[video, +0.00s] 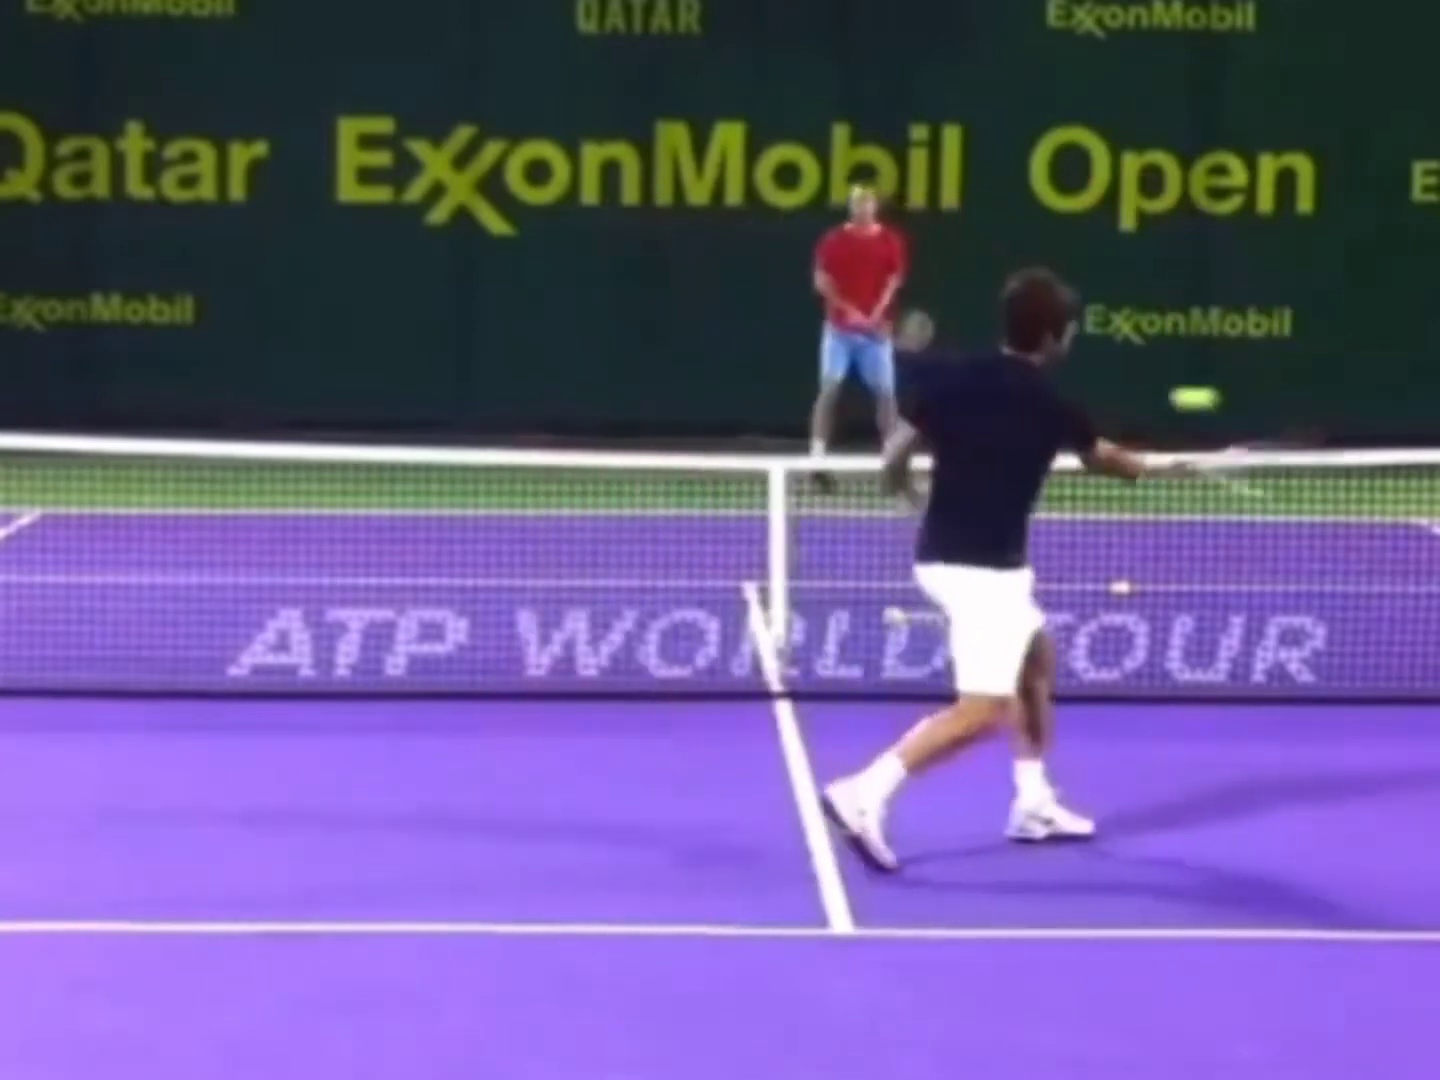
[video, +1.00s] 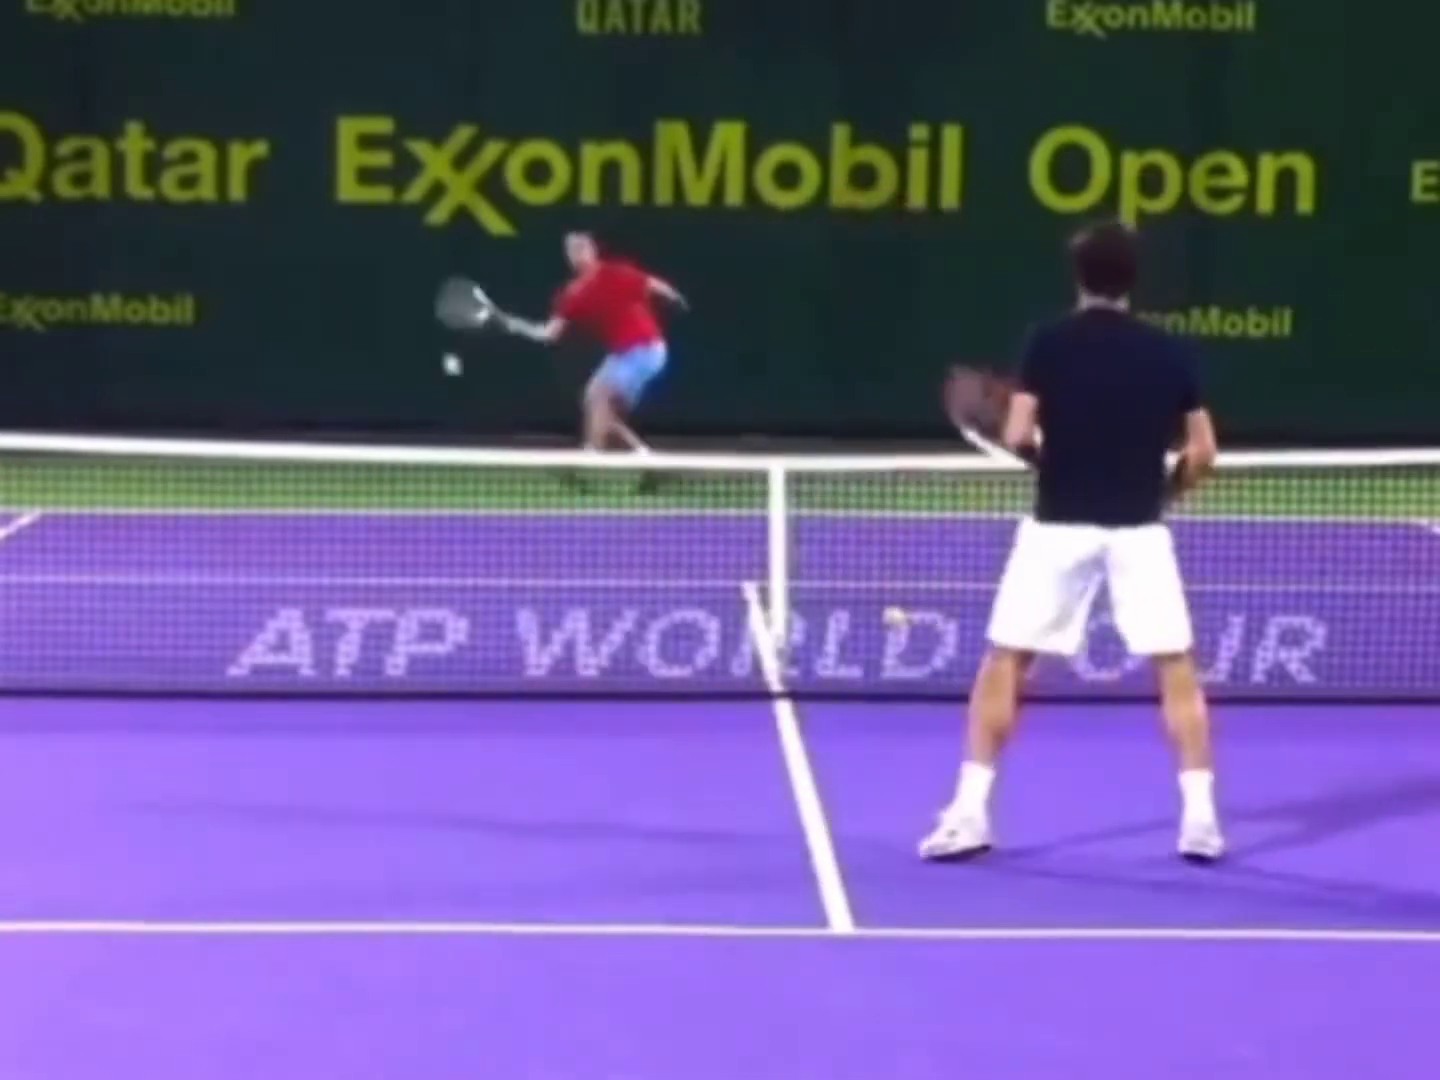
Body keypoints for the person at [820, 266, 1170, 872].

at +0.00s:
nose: (1070, 341)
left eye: (1068, 329)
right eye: (1068, 332)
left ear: (1007, 326)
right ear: (1055, 337)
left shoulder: (961, 378)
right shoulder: (1045, 402)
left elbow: (905, 440)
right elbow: (1107, 459)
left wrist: (892, 473)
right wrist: (1177, 463)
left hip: (938, 560)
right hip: (988, 569)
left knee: (1034, 655)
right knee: (985, 706)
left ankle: (1033, 797)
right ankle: (866, 791)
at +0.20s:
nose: (1108, 301)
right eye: (1110, 292)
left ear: (1052, 293)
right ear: (1108, 302)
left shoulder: (1005, 349)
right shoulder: (1106, 371)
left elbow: (941, 431)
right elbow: (1096, 451)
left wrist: (997, 435)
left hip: (985, 529)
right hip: (1051, 539)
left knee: (1029, 665)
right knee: (1067, 679)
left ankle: (1034, 796)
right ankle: (975, 775)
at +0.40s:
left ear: (1066, 272)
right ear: (1117, 279)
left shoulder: (1028, 334)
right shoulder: (1136, 351)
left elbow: (977, 420)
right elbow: (1149, 453)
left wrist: (1018, 426)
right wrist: (1100, 442)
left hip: (1027, 515)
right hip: (1097, 520)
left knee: (1040, 648)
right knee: (1140, 652)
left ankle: (1032, 797)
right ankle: (1113, 778)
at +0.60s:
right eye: (1143, 278)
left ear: (1096, 281)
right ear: (1152, 287)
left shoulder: (1060, 344)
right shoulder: (1173, 358)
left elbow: (1013, 425)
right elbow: (1210, 459)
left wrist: (1046, 457)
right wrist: (1174, 502)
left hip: (1057, 525)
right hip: (1134, 530)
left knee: (1043, 655)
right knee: (1177, 669)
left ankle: (1032, 798)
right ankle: (1199, 806)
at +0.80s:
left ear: (1107, 275)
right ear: (1163, 279)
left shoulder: (1071, 337)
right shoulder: (1188, 350)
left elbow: (1035, 420)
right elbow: (1229, 448)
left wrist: (1075, 446)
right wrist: (1191, 491)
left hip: (1070, 519)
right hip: (1151, 523)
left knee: (1028, 655)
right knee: (1182, 667)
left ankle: (982, 802)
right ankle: (1199, 816)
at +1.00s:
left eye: (1082, 274)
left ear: (1077, 279)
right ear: (1134, 281)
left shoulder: (1049, 342)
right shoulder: (1166, 350)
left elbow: (1018, 433)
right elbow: (1202, 452)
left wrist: (1057, 455)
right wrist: (1169, 488)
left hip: (1057, 527)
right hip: (1140, 530)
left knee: (1004, 662)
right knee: (1176, 669)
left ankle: (970, 808)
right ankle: (1199, 813)